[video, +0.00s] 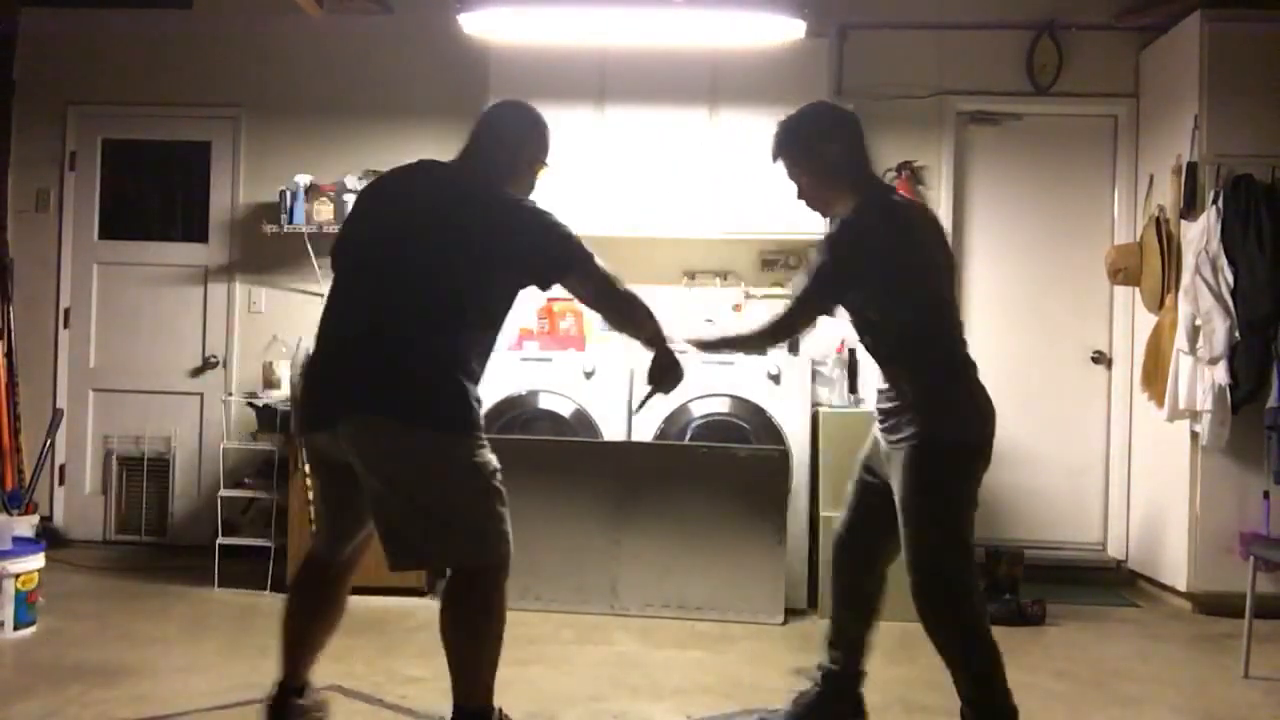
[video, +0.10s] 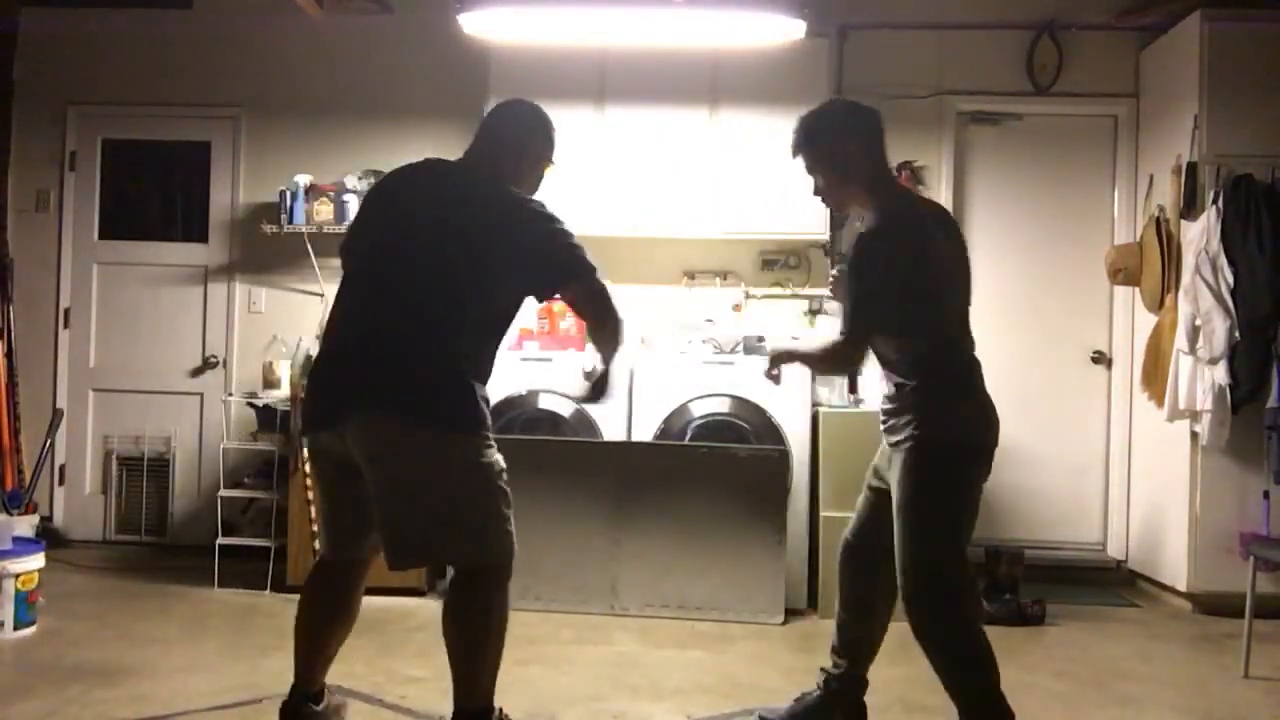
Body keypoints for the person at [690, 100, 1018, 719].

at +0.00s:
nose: (796, 190)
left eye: (797, 174)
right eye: (791, 177)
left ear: (833, 157)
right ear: (844, 156)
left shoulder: (856, 233)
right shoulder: (910, 215)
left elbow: (780, 330)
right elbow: (941, 309)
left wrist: (697, 343)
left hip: (939, 427)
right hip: (901, 421)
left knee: (942, 595)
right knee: (856, 553)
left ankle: (992, 714)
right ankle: (838, 692)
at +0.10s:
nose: (814, 187)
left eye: (817, 170)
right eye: (809, 172)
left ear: (852, 158)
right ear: (864, 158)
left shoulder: (876, 241)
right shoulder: (931, 219)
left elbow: (844, 356)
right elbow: (927, 324)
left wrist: (785, 354)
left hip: (937, 430)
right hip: (915, 424)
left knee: (934, 600)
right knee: (862, 557)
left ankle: (990, 716)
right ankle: (843, 692)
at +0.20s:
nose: (833, 180)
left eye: (836, 163)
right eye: (828, 166)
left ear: (872, 152)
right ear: (874, 154)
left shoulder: (920, 228)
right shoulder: (906, 225)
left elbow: (910, 345)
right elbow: (928, 321)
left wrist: (840, 334)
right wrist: (870, 296)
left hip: (939, 434)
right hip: (903, 430)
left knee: (936, 602)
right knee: (854, 558)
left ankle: (990, 717)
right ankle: (847, 693)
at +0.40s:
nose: (844, 170)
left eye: (851, 153)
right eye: (840, 156)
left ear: (896, 145)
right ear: (872, 154)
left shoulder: (958, 218)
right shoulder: (878, 246)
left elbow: (937, 318)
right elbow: (854, 342)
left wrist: (855, 268)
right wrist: (823, 288)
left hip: (943, 433)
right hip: (879, 429)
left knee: (945, 596)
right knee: (838, 569)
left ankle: (989, 715)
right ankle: (850, 697)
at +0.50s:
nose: (843, 172)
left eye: (849, 157)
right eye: (838, 159)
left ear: (893, 146)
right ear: (856, 159)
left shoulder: (962, 222)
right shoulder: (862, 240)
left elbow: (940, 315)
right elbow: (821, 332)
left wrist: (862, 251)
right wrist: (806, 260)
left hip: (948, 435)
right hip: (877, 432)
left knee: (955, 594)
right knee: (840, 572)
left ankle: (994, 714)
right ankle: (850, 698)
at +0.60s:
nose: (843, 183)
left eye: (849, 165)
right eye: (838, 169)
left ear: (891, 150)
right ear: (863, 164)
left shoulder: (966, 222)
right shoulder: (864, 236)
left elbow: (953, 322)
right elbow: (821, 332)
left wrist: (873, 255)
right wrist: (809, 254)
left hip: (949, 434)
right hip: (877, 430)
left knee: (973, 600)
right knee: (840, 570)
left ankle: (1016, 715)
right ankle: (850, 700)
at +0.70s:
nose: (852, 183)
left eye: (858, 166)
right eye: (847, 171)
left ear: (901, 150)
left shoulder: (975, 225)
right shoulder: (878, 245)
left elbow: (970, 332)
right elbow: (845, 342)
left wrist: (882, 269)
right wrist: (824, 270)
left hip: (953, 441)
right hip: (879, 434)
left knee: (986, 598)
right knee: (837, 570)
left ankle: (1038, 715)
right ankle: (848, 700)